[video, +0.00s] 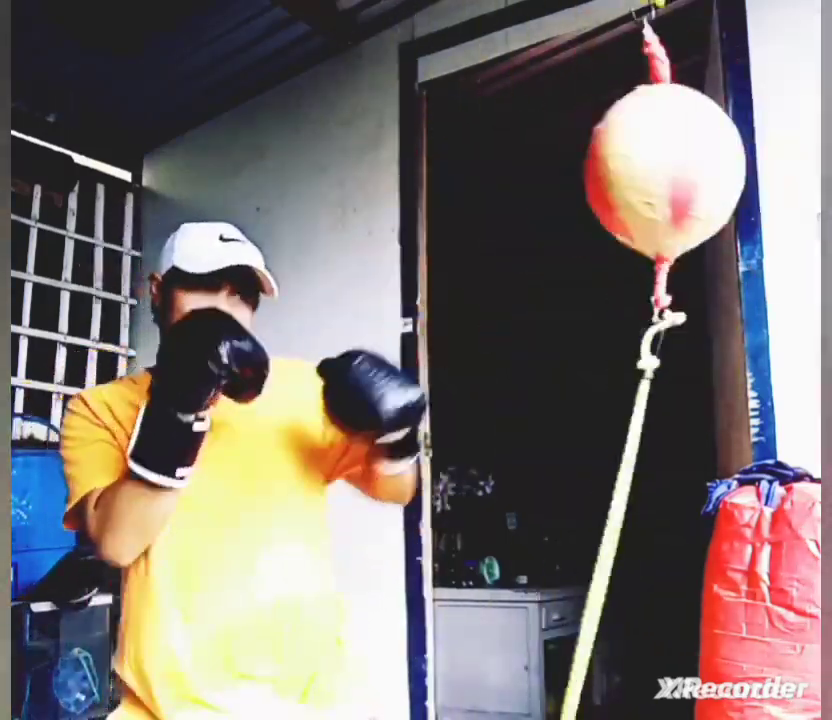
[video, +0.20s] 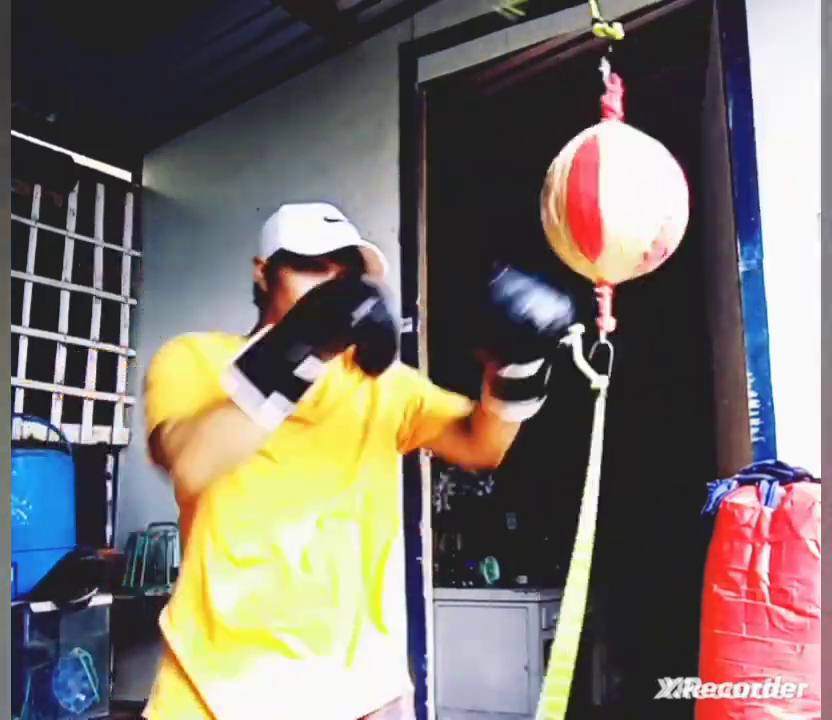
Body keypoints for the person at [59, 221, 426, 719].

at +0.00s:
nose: (220, 311)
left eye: (239, 296)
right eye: (200, 289)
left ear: (257, 305)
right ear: (159, 293)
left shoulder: (311, 390)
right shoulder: (105, 409)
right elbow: (116, 543)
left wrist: (399, 434)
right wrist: (177, 416)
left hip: (312, 697)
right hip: (169, 699)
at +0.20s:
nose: (328, 287)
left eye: (342, 271)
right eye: (307, 268)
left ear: (360, 283)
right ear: (264, 278)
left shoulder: (388, 386)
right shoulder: (196, 359)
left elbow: (482, 447)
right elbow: (190, 469)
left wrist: (516, 369)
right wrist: (300, 350)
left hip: (362, 693)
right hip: (215, 693)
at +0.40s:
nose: (381, 300)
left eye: (393, 289)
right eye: (362, 280)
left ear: (406, 300)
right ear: (313, 282)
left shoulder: (388, 407)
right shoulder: (244, 344)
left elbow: (409, 546)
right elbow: (250, 431)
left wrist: (442, 459)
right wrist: (402, 332)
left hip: (344, 689)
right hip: (218, 681)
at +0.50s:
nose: (339, 295)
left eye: (352, 282)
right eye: (319, 272)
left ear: (362, 300)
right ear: (271, 279)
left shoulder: (367, 396)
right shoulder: (193, 372)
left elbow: (391, 543)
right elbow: (170, 526)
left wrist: (415, 444)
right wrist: (284, 414)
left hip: (338, 690)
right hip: (207, 686)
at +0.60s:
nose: (279, 298)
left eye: (294, 285)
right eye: (259, 277)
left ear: (305, 302)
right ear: (212, 284)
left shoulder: (336, 396)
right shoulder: (142, 393)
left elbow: (373, 532)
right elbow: (141, 539)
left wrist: (372, 429)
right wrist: (226, 410)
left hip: (342, 700)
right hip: (185, 698)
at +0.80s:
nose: (238, 306)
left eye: (256, 292)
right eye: (219, 284)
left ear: (271, 305)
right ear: (174, 289)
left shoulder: (303, 409)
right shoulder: (105, 400)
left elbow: (348, 539)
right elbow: (117, 531)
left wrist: (359, 445)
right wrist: (197, 399)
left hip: (305, 698)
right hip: (162, 700)